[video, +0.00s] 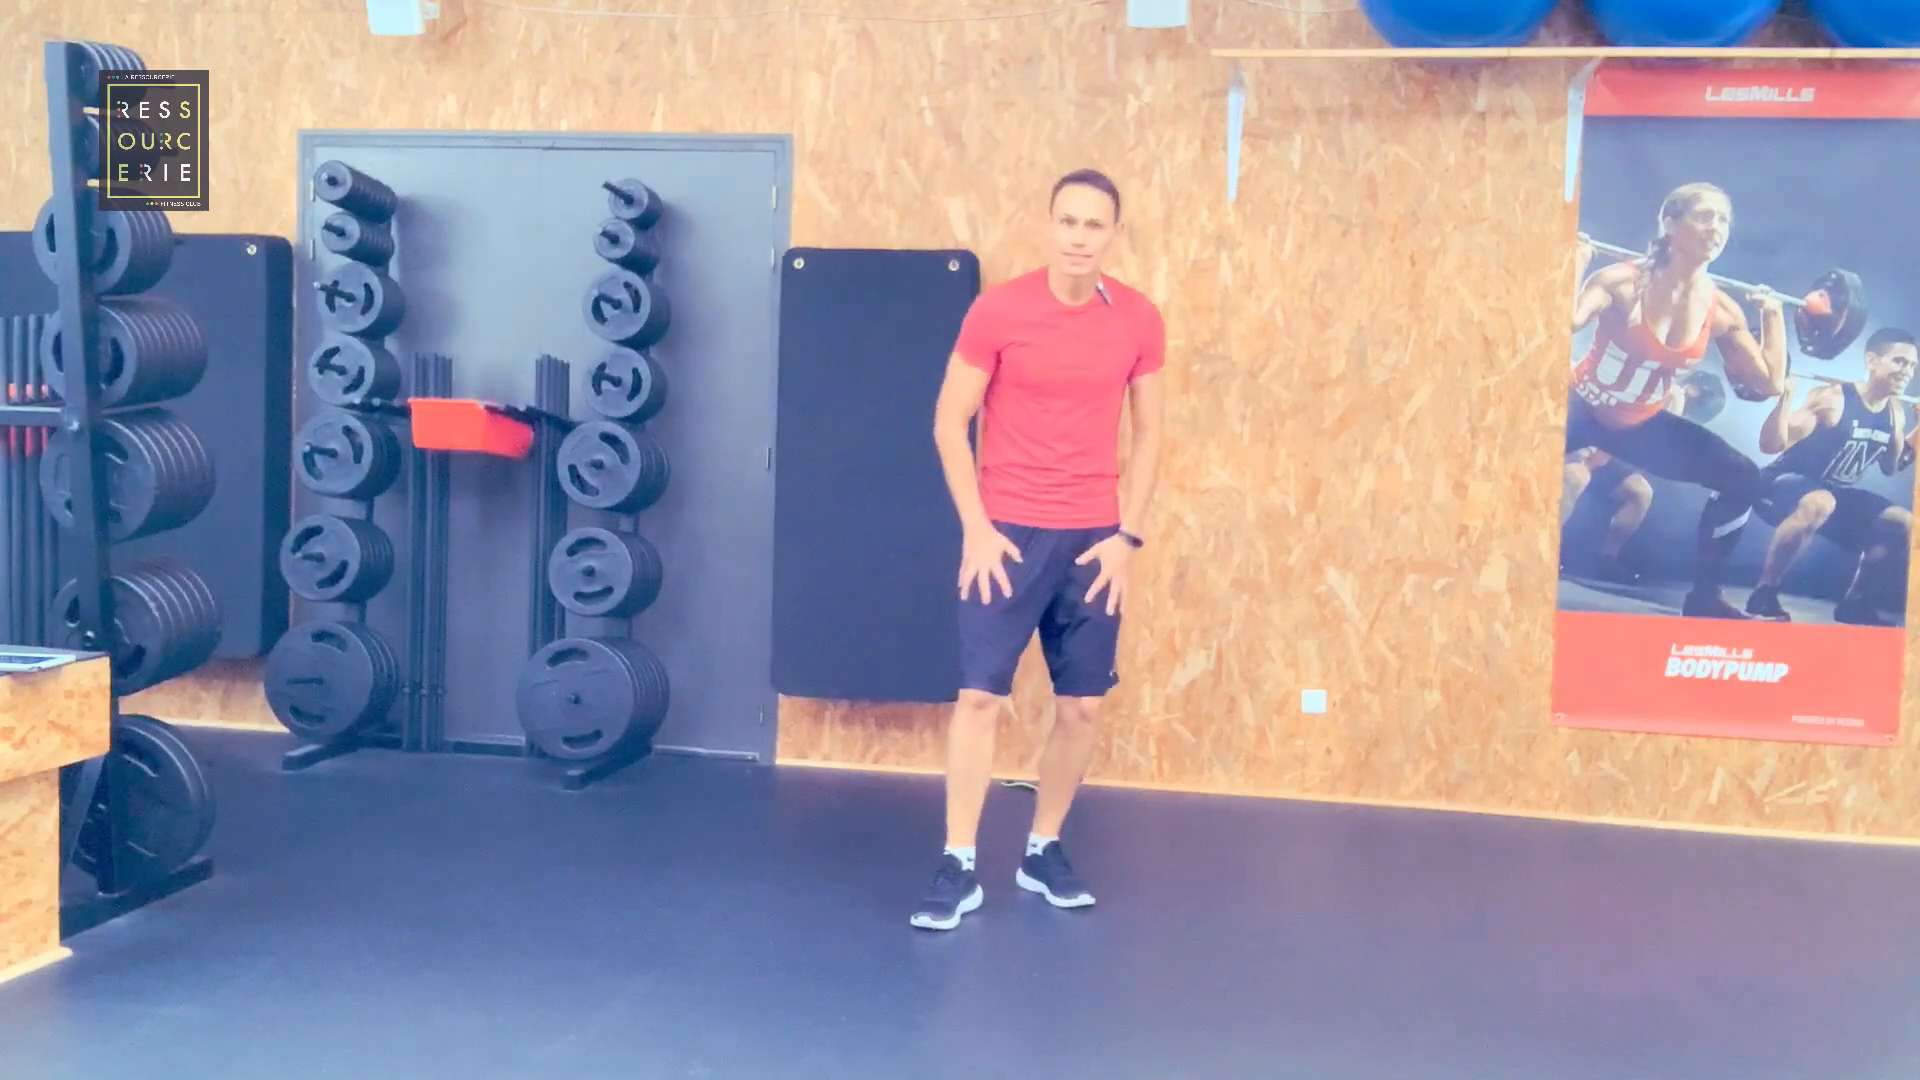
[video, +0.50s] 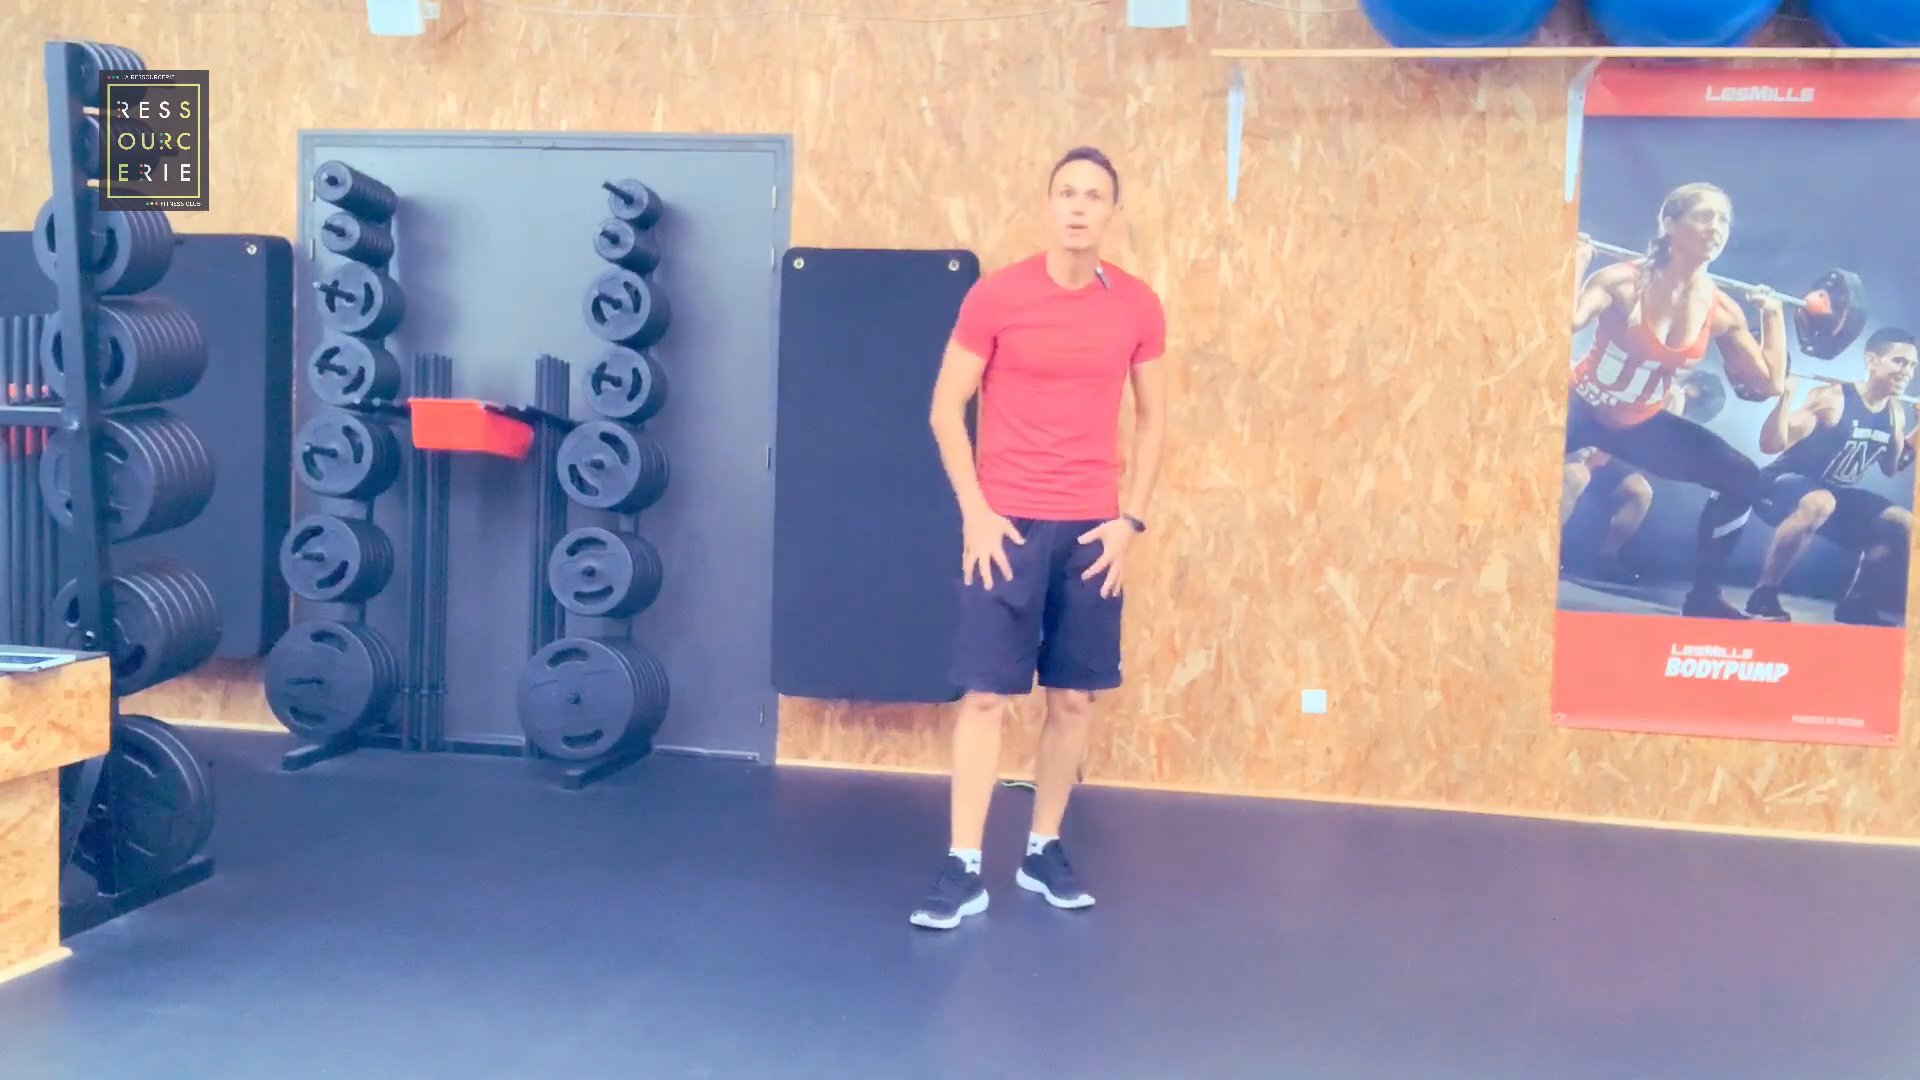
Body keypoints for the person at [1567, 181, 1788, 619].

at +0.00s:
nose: (1717, 228)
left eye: (1724, 220)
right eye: (1705, 216)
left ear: (1728, 233)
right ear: (1670, 224)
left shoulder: (1722, 311)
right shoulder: (1620, 279)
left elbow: (1769, 385)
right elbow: (1558, 325)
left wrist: (1773, 313)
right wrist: (1572, 269)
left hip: (1644, 425)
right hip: (1579, 410)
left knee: (1742, 477)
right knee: (1511, 453)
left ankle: (1705, 597)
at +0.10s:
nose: (1717, 228)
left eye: (1724, 220)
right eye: (1705, 216)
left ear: (1728, 233)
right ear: (1670, 224)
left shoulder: (1722, 311)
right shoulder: (1620, 279)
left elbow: (1769, 386)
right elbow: (1558, 325)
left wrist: (1773, 313)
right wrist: (1572, 269)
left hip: (1644, 425)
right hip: (1579, 409)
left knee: (1742, 477)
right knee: (1512, 453)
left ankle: (1704, 597)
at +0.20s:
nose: (1717, 228)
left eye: (1724, 220)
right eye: (1705, 216)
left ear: (1728, 232)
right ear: (1670, 224)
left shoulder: (1722, 311)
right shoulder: (1620, 279)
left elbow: (1769, 386)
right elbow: (1558, 325)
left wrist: (1773, 313)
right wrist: (1572, 269)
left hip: (1644, 425)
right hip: (1579, 409)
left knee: (1742, 477)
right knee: (1513, 453)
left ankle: (1704, 597)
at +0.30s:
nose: (1717, 228)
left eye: (1724, 220)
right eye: (1705, 216)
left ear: (1728, 232)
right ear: (1670, 224)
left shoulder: (1722, 311)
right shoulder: (1620, 279)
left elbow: (1769, 386)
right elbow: (1558, 325)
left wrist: (1773, 313)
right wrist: (1572, 269)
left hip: (1644, 425)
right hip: (1579, 409)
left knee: (1742, 477)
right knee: (1513, 453)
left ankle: (1704, 597)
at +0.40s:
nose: (1717, 228)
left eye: (1724, 220)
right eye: (1705, 216)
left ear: (1728, 232)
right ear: (1670, 224)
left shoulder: (1722, 311)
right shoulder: (1620, 279)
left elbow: (1769, 386)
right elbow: (1558, 325)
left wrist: (1773, 313)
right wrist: (1572, 269)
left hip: (1644, 425)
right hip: (1579, 409)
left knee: (1742, 477)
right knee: (1511, 453)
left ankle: (1704, 597)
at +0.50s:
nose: (1717, 228)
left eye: (1724, 220)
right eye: (1705, 216)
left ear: (1728, 233)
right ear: (1670, 224)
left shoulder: (1722, 311)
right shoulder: (1620, 279)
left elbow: (1769, 386)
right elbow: (1558, 325)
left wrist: (1773, 313)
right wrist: (1572, 269)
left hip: (1644, 425)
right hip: (1578, 409)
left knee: (1742, 477)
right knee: (1510, 453)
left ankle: (1704, 597)